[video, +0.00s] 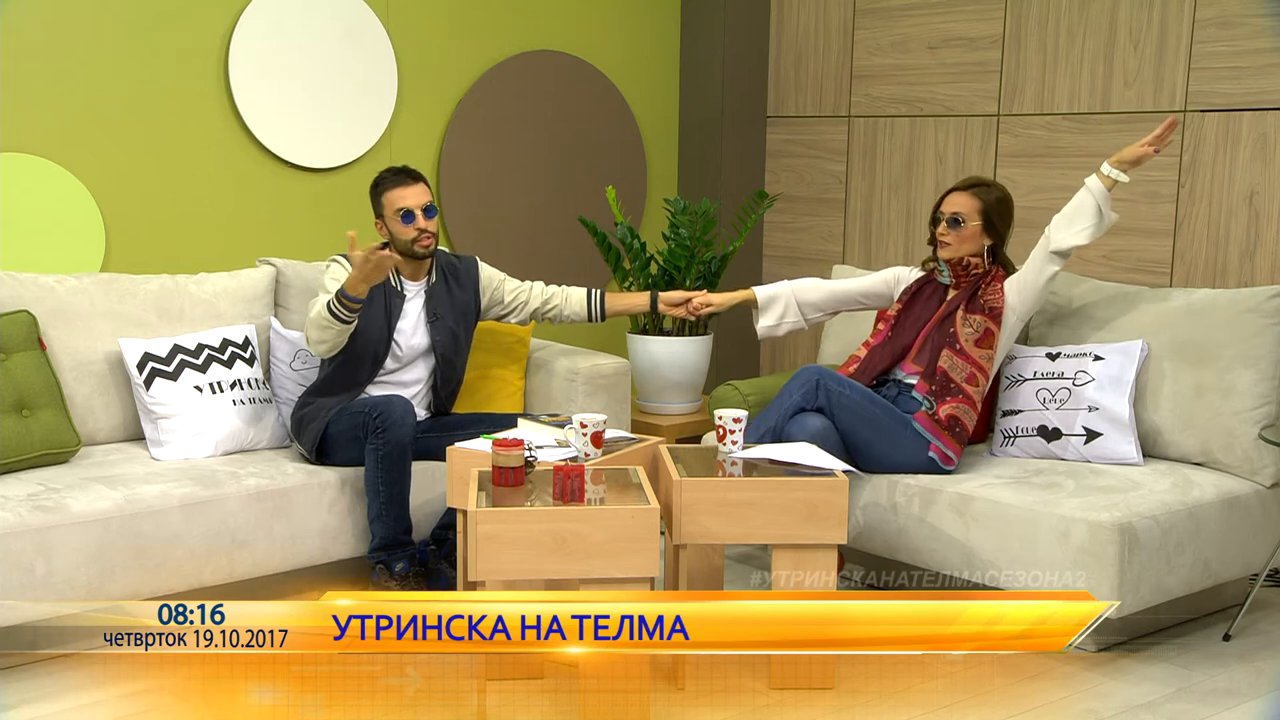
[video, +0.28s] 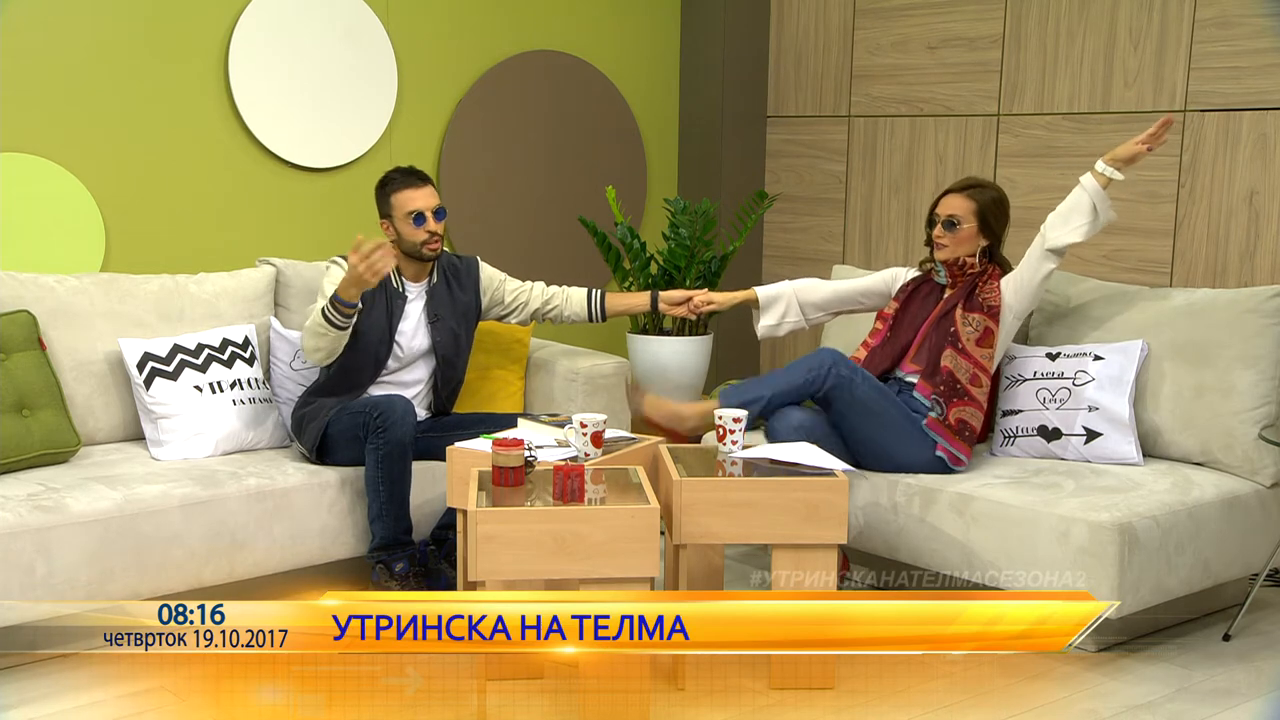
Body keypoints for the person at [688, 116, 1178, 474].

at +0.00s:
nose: (943, 231)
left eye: (957, 222)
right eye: (940, 222)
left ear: (992, 233)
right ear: (934, 231)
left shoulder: (1006, 297)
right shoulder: (911, 283)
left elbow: (1056, 245)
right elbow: (824, 291)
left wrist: (1115, 168)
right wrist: (730, 298)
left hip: (926, 435)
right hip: (869, 416)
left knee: (815, 376)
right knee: (807, 427)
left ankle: (730, 456)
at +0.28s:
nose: (942, 234)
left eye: (956, 225)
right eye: (937, 225)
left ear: (989, 235)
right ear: (932, 233)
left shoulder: (1003, 297)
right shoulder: (907, 283)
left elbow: (1053, 244)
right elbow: (822, 294)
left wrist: (1108, 169)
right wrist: (731, 297)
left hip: (931, 442)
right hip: (869, 423)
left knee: (831, 364)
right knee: (792, 421)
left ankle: (703, 415)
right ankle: (809, 567)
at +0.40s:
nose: (938, 238)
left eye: (952, 229)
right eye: (933, 229)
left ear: (985, 238)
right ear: (928, 236)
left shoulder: (1000, 296)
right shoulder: (906, 285)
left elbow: (1046, 244)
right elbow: (821, 294)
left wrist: (1097, 167)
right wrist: (730, 298)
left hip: (929, 440)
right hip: (868, 427)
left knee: (838, 360)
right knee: (764, 422)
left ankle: (700, 397)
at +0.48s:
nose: (930, 237)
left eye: (944, 228)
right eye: (927, 228)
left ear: (978, 237)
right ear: (924, 235)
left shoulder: (996, 297)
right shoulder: (903, 283)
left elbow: (1039, 244)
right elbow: (818, 296)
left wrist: (1091, 166)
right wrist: (733, 296)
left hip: (930, 441)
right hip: (869, 429)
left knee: (842, 359)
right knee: (782, 421)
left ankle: (718, 414)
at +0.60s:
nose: (920, 235)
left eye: (934, 226)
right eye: (917, 226)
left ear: (969, 234)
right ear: (913, 232)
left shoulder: (991, 294)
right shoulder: (896, 285)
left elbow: (1028, 247)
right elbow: (816, 299)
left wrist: (1076, 171)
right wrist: (725, 300)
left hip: (931, 437)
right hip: (864, 423)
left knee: (836, 368)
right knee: (772, 398)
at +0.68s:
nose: (913, 233)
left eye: (927, 222)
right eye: (909, 222)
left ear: (962, 228)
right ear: (905, 229)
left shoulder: (988, 293)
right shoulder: (890, 284)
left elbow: (1024, 248)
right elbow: (806, 311)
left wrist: (1067, 178)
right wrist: (714, 306)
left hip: (931, 430)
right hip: (869, 415)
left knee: (824, 388)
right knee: (782, 395)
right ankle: (762, 532)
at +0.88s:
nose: (882, 220)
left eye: (897, 209)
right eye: (877, 210)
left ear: (929, 216)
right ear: (870, 219)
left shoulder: (954, 279)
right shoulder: (857, 281)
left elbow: (992, 249)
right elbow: (786, 334)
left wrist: (1027, 212)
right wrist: (704, 331)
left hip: (925, 433)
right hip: (861, 417)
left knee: (808, 427)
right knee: (779, 418)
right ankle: (819, 560)